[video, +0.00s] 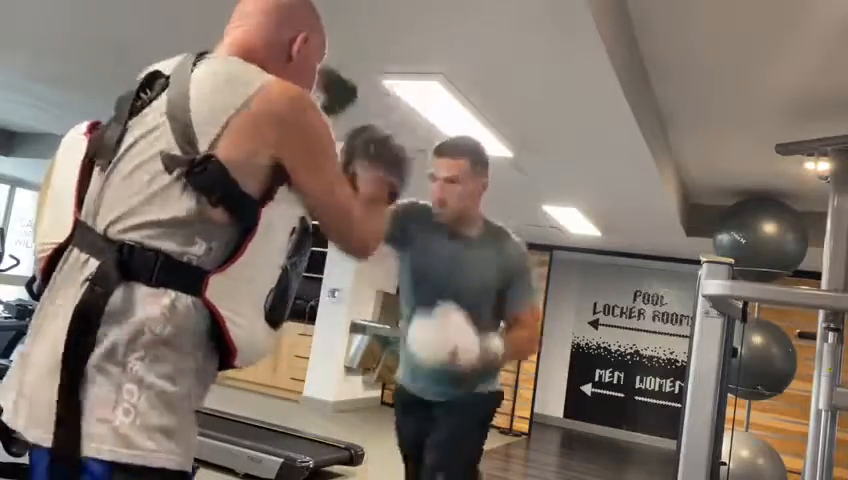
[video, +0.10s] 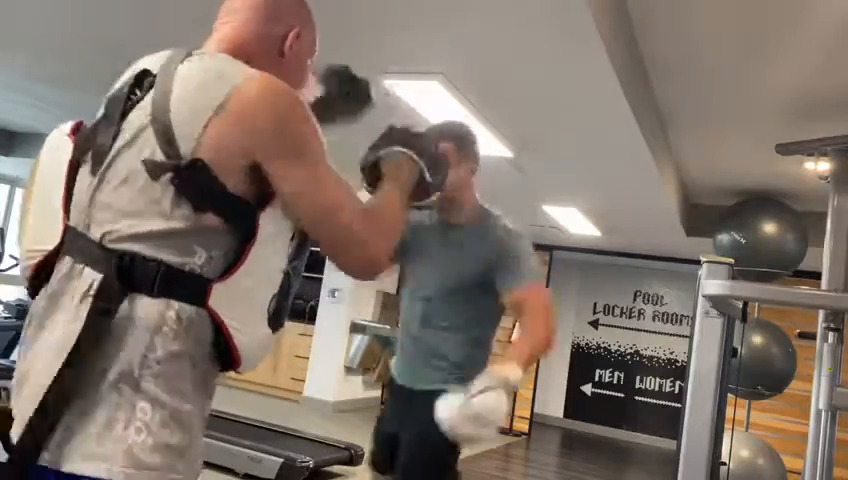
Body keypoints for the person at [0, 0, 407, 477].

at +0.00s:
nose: (316, 80)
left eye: (321, 66)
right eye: (320, 63)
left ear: (233, 27)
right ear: (299, 46)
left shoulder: (159, 78)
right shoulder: (284, 104)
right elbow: (360, 237)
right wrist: (380, 182)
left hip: (55, 332)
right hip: (140, 357)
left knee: (52, 462)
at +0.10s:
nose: (307, 77)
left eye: (313, 63)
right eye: (311, 59)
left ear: (223, 23)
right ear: (291, 42)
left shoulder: (143, 73)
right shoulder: (266, 100)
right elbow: (367, 252)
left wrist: (295, 111)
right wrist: (398, 172)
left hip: (57, 330)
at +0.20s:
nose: (305, 69)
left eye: (312, 51)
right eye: (311, 49)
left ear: (223, 12)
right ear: (290, 33)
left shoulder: (141, 64)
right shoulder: (244, 85)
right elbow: (344, 251)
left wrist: (299, 148)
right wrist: (377, 132)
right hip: (137, 355)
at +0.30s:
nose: (301, 49)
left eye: (309, 34)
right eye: (309, 30)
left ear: (215, 2)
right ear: (287, 12)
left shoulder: (127, 47)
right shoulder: (237, 68)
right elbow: (353, 242)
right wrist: (372, 125)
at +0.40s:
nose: (292, 20)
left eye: (294, 8)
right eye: (293, 6)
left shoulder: (108, 40)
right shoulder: (230, 59)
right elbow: (357, 219)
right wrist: (370, 105)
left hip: (41, 317)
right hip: (131, 345)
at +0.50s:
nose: (284, 29)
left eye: (286, 15)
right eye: (285, 13)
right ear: (260, 3)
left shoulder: (102, 43)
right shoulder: (226, 61)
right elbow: (364, 207)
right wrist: (366, 90)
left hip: (32, 313)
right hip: (127, 344)